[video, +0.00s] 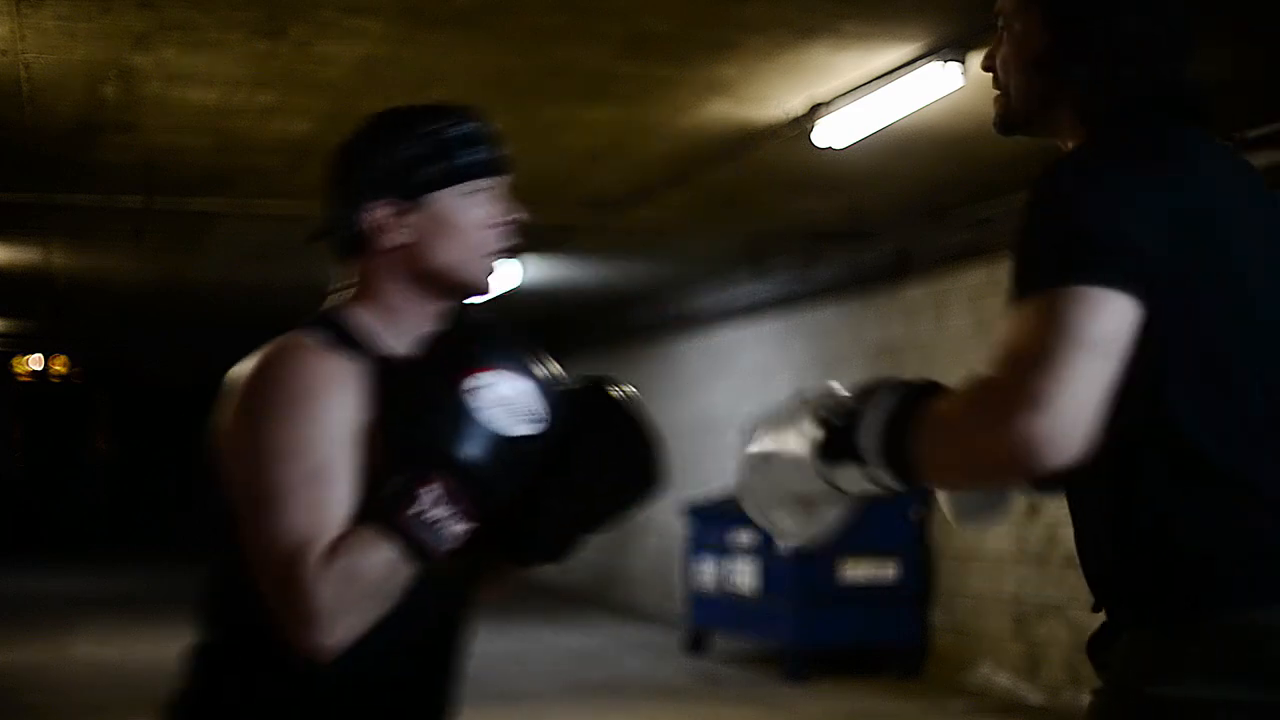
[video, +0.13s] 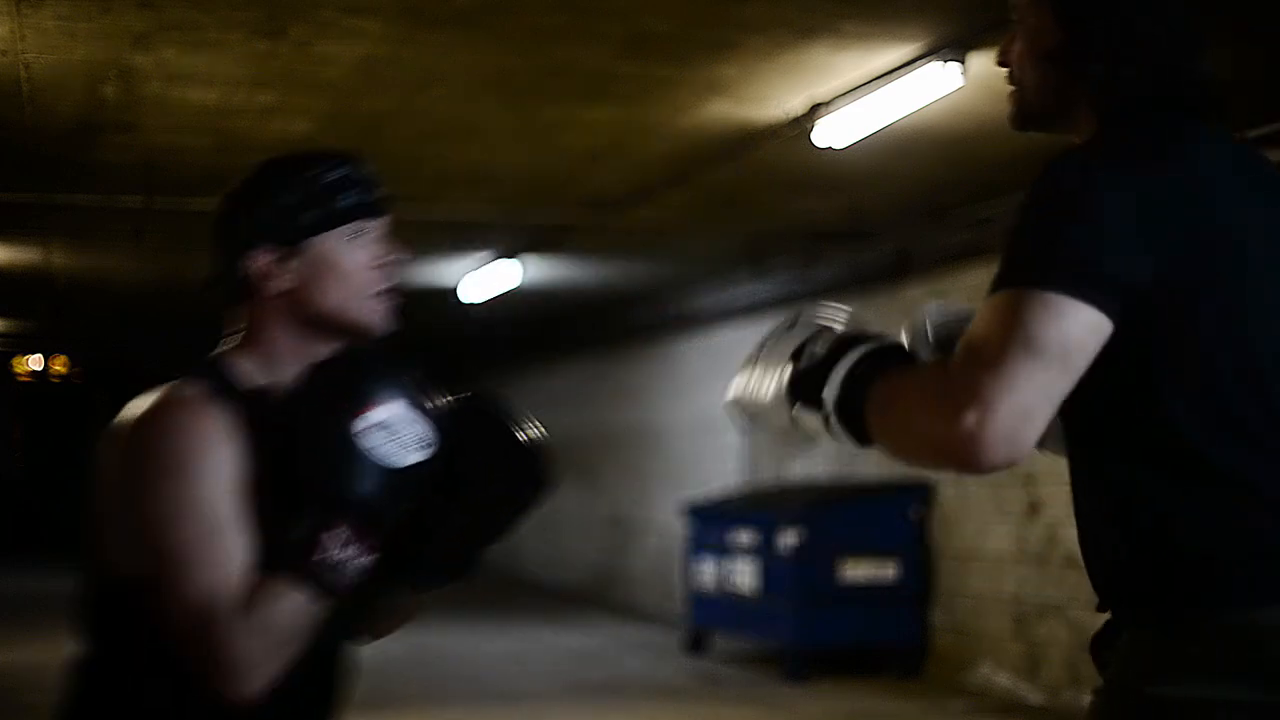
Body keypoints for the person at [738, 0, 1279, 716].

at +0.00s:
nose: (989, 60)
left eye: (1006, 30)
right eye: (996, 33)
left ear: (1062, 36)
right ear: (1115, 40)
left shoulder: (1108, 177)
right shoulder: (1217, 174)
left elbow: (1042, 428)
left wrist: (869, 431)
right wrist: (1004, 452)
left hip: (1198, 641)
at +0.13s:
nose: (1003, 55)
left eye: (1019, 29)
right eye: (1010, 31)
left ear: (1084, 35)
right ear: (1144, 39)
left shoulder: (1110, 180)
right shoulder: (1237, 172)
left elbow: (982, 425)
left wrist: (838, 370)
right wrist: (986, 352)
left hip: (1197, 641)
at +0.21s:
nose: (1028, 54)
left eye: (1048, 23)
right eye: (1035, 27)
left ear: (1115, 29)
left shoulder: (1141, 180)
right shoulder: (1238, 166)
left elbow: (1014, 434)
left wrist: (877, 339)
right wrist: (996, 316)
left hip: (1210, 643)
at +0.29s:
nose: (1055, 53)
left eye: (1076, 21)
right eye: (1063, 25)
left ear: (1142, 25)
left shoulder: (1182, 173)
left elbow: (1082, 448)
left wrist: (953, 332)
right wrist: (1025, 329)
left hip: (1227, 649)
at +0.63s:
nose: (1079, 61)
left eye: (1103, 29)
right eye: (1089, 32)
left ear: (1172, 33)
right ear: (1177, 39)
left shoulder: (1231, 166)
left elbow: (1161, 446)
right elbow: (1164, 442)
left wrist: (1026, 336)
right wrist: (1043, 337)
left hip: (1223, 656)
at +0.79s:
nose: (1014, 65)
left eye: (1031, 39)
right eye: (1019, 40)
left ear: (1089, 48)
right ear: (1177, 53)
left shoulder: (1059, 182)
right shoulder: (1243, 189)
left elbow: (797, 297)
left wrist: (674, 282)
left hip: (1157, 630)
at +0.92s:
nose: (949, 55)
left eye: (964, 30)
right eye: (955, 33)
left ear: (1021, 40)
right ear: (1114, 45)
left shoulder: (999, 189)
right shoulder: (1206, 206)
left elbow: (825, 397)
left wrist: (698, 303)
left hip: (1089, 636)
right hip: (1242, 626)